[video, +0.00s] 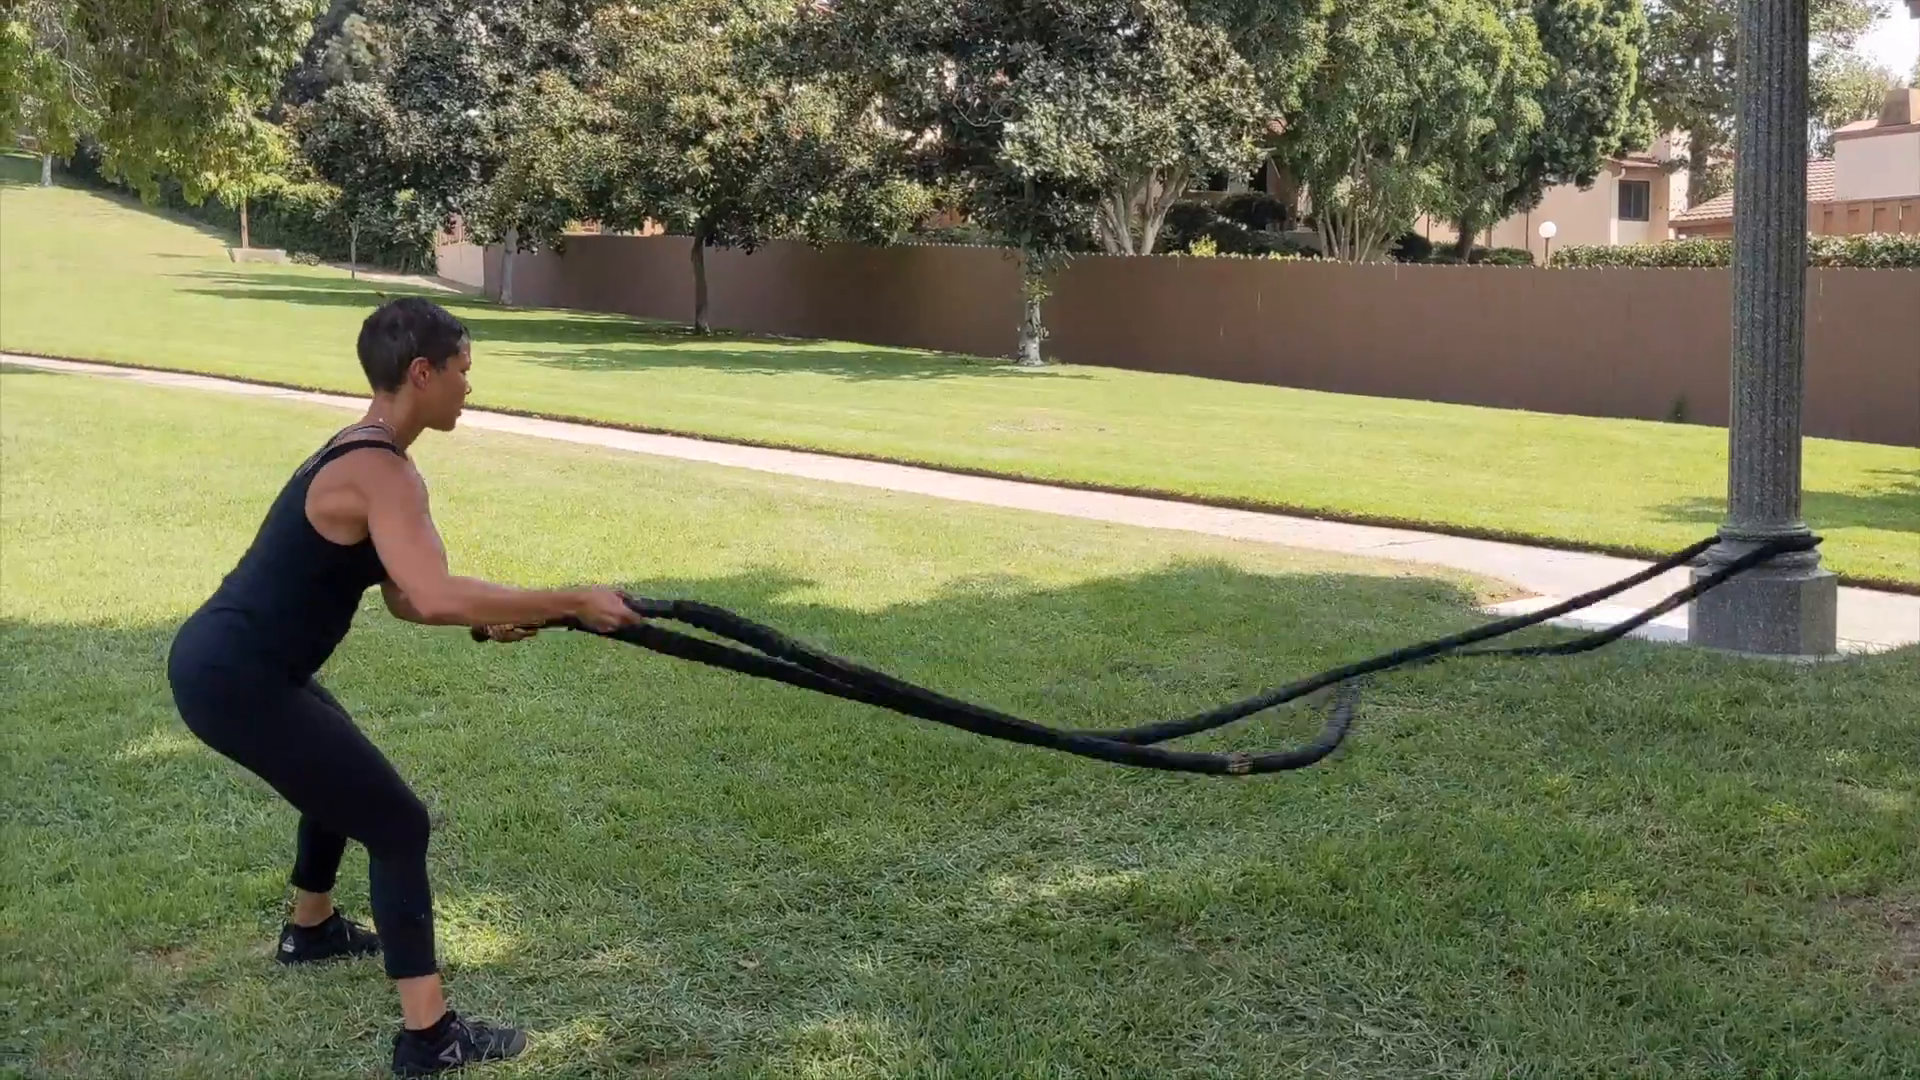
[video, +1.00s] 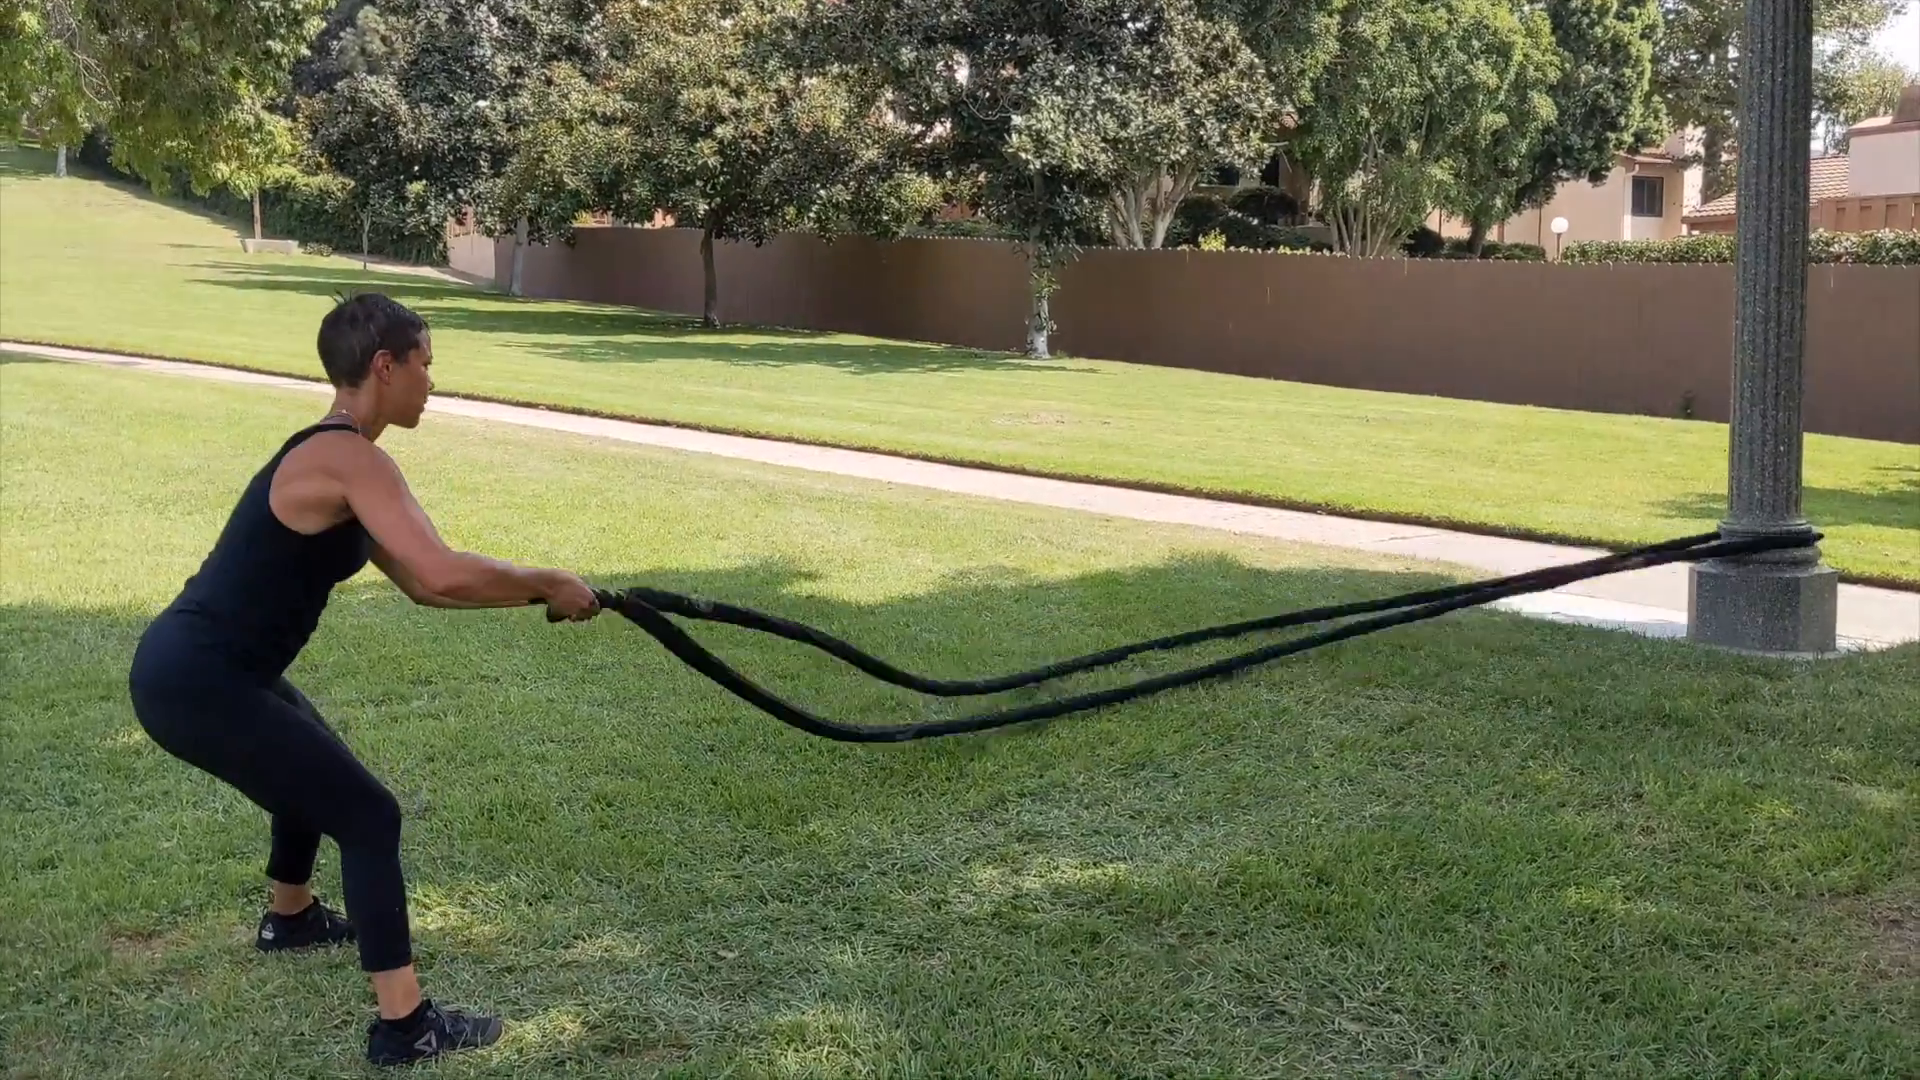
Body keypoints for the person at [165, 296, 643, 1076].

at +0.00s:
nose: (469, 386)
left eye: (468, 370)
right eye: (462, 370)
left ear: (400, 375)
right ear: (420, 373)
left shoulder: (356, 451)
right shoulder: (383, 473)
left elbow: (403, 599)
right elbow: (432, 597)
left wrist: (483, 613)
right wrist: (572, 601)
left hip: (224, 655)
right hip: (238, 680)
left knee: (341, 774)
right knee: (398, 823)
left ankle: (310, 927)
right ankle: (427, 1031)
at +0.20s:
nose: (433, 383)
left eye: (433, 367)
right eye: (426, 366)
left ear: (366, 369)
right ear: (383, 367)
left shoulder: (309, 442)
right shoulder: (354, 467)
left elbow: (372, 575)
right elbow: (391, 598)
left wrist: (470, 605)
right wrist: (518, 600)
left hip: (186, 655)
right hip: (220, 674)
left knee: (326, 772)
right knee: (377, 826)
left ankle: (307, 925)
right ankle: (421, 1030)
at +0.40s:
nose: (396, 378)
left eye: (396, 363)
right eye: (389, 362)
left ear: (328, 364)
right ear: (346, 362)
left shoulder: (257, 429)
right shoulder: (359, 464)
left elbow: (276, 535)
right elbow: (427, 592)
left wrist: (373, 551)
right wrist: (476, 587)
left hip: (156, 661)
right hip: (224, 678)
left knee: (302, 768)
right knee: (378, 821)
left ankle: (303, 924)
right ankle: (415, 1029)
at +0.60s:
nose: (409, 376)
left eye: (408, 361)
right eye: (401, 361)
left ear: (337, 366)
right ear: (361, 364)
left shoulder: (266, 427)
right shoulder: (388, 464)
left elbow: (173, 510)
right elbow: (438, 586)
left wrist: (259, 527)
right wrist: (422, 564)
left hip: (157, 657)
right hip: (229, 674)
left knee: (299, 763)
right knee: (388, 816)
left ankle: (297, 921)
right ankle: (411, 1026)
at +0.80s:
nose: (428, 374)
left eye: (427, 358)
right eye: (421, 358)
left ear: (350, 365)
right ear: (383, 363)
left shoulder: (284, 431)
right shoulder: (388, 460)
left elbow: (255, 534)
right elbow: (455, 589)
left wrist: (335, 552)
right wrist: (462, 575)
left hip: (162, 655)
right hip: (218, 678)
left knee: (296, 766)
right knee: (381, 816)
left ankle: (293, 918)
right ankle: (406, 1024)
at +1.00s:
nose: (431, 383)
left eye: (430, 366)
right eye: (425, 366)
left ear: (363, 370)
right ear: (383, 366)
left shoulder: (323, 451)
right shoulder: (355, 459)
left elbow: (423, 585)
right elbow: (438, 575)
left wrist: (527, 589)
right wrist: (546, 584)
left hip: (200, 661)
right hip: (199, 681)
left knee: (317, 765)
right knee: (370, 815)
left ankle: (290, 914)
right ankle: (403, 1020)